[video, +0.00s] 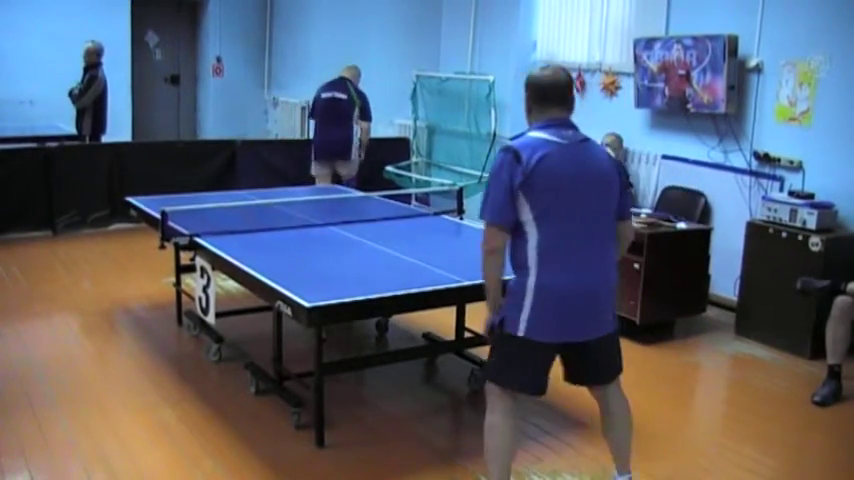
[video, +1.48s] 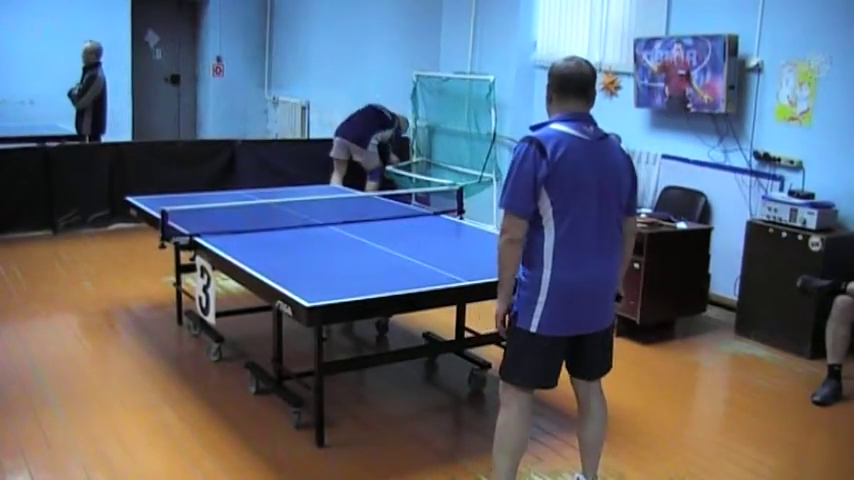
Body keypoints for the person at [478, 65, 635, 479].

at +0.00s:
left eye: (527, 100)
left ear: (528, 104)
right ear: (572, 102)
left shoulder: (516, 156)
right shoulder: (605, 158)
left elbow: (493, 243)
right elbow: (624, 234)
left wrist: (494, 304)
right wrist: (595, 272)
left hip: (536, 306)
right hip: (595, 304)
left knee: (501, 396)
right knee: (609, 388)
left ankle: (497, 476)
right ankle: (625, 474)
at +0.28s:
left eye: (505, 92)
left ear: (505, 96)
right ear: (553, 94)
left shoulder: (489, 152)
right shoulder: (583, 153)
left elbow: (455, 237)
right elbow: (606, 226)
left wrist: (438, 302)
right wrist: (589, 266)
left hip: (509, 308)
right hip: (570, 305)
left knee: (495, 399)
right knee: (580, 392)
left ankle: (495, 476)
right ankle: (588, 475)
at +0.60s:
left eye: (519, 90)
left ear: (520, 92)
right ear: (567, 94)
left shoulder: (502, 149)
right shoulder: (592, 156)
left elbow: (472, 235)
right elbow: (607, 235)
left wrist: (459, 298)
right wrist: (596, 288)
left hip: (513, 304)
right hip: (572, 303)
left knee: (496, 398)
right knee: (577, 389)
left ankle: (495, 476)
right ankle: (587, 475)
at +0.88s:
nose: (536, 95)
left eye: (537, 89)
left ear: (540, 92)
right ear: (582, 95)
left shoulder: (525, 148)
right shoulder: (607, 153)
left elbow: (498, 234)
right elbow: (619, 231)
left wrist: (489, 295)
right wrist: (609, 286)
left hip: (532, 297)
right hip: (588, 296)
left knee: (506, 393)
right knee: (587, 389)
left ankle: (499, 476)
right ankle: (589, 475)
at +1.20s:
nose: (545, 96)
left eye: (547, 90)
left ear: (551, 93)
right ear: (592, 95)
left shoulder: (538, 147)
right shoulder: (617, 152)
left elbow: (509, 232)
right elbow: (626, 230)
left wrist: (493, 294)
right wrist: (613, 285)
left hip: (543, 299)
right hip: (597, 299)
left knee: (513, 392)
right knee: (591, 389)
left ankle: (502, 475)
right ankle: (591, 475)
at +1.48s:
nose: (546, 97)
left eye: (547, 90)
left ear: (550, 93)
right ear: (592, 96)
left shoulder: (537, 147)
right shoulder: (616, 152)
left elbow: (512, 233)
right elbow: (628, 229)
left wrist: (504, 295)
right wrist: (616, 284)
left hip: (544, 297)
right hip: (598, 297)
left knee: (515, 394)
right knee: (590, 387)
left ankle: (503, 475)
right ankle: (589, 475)